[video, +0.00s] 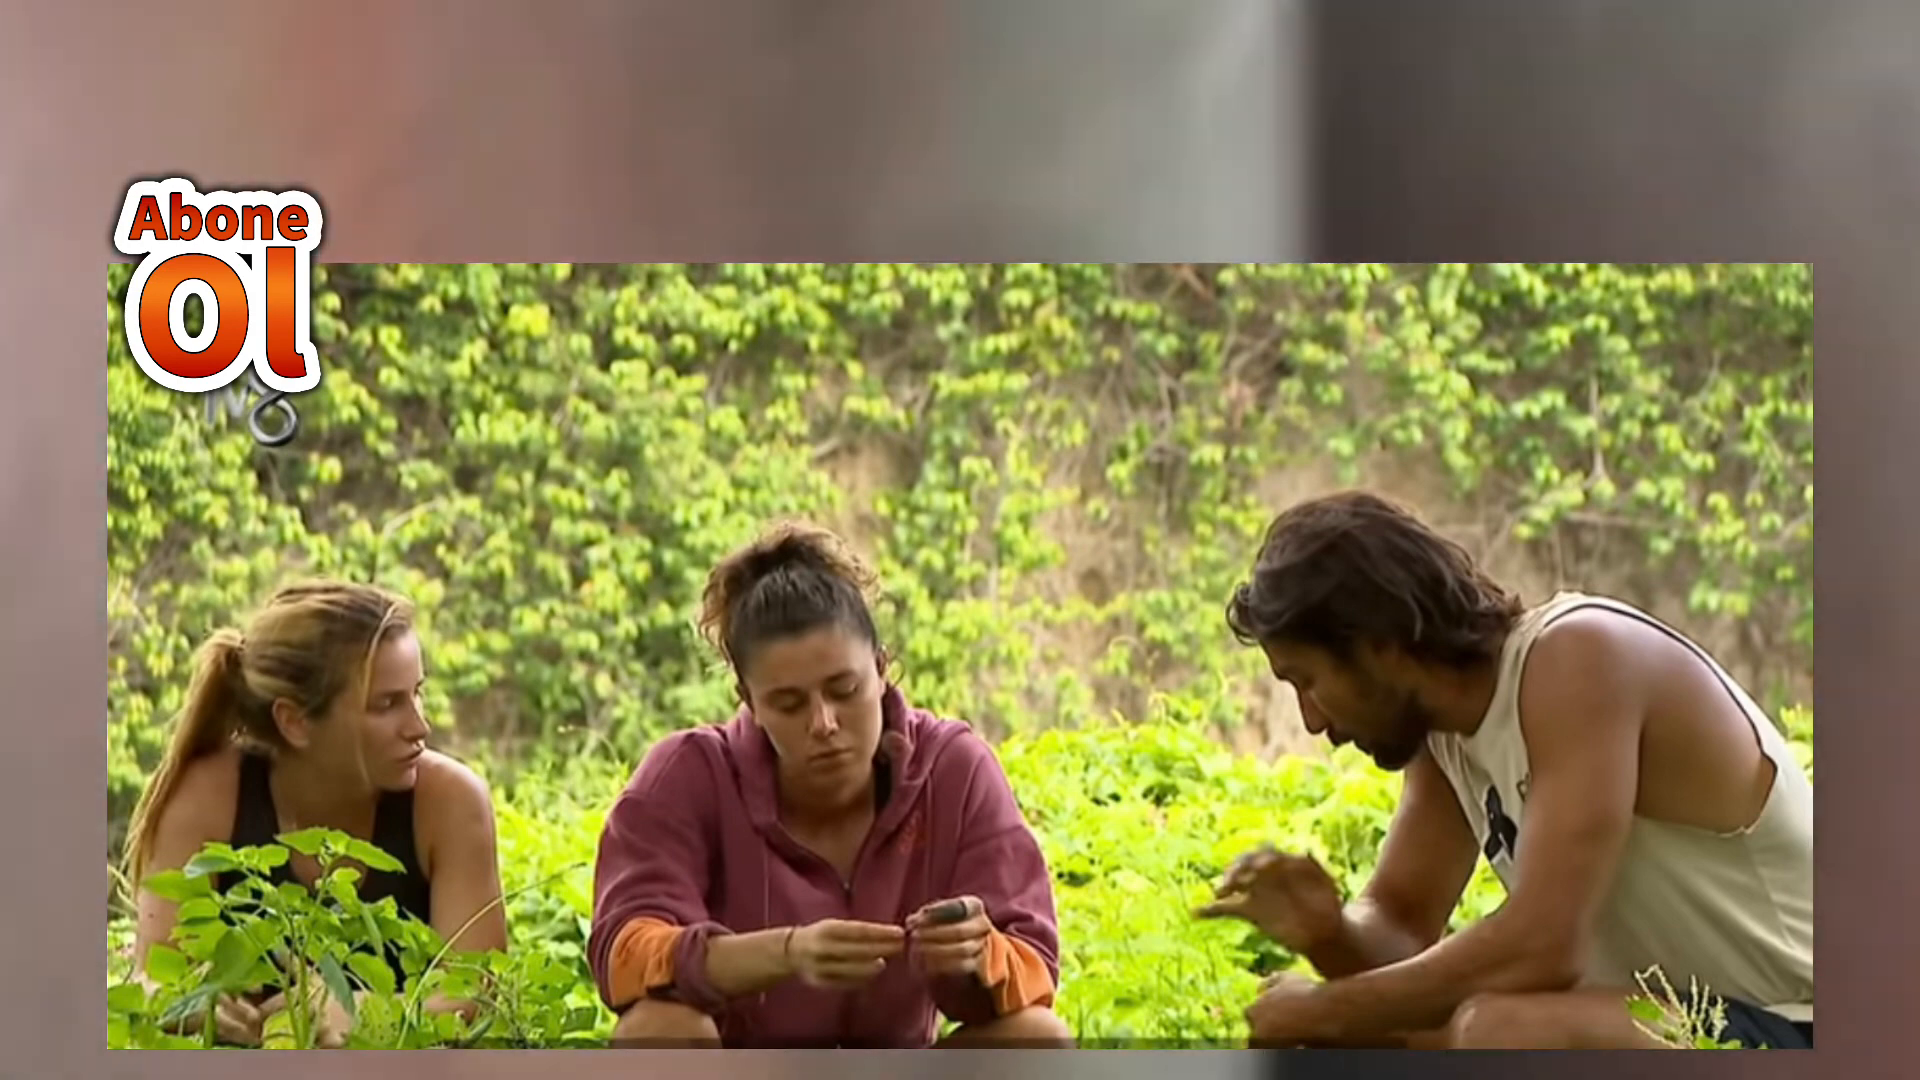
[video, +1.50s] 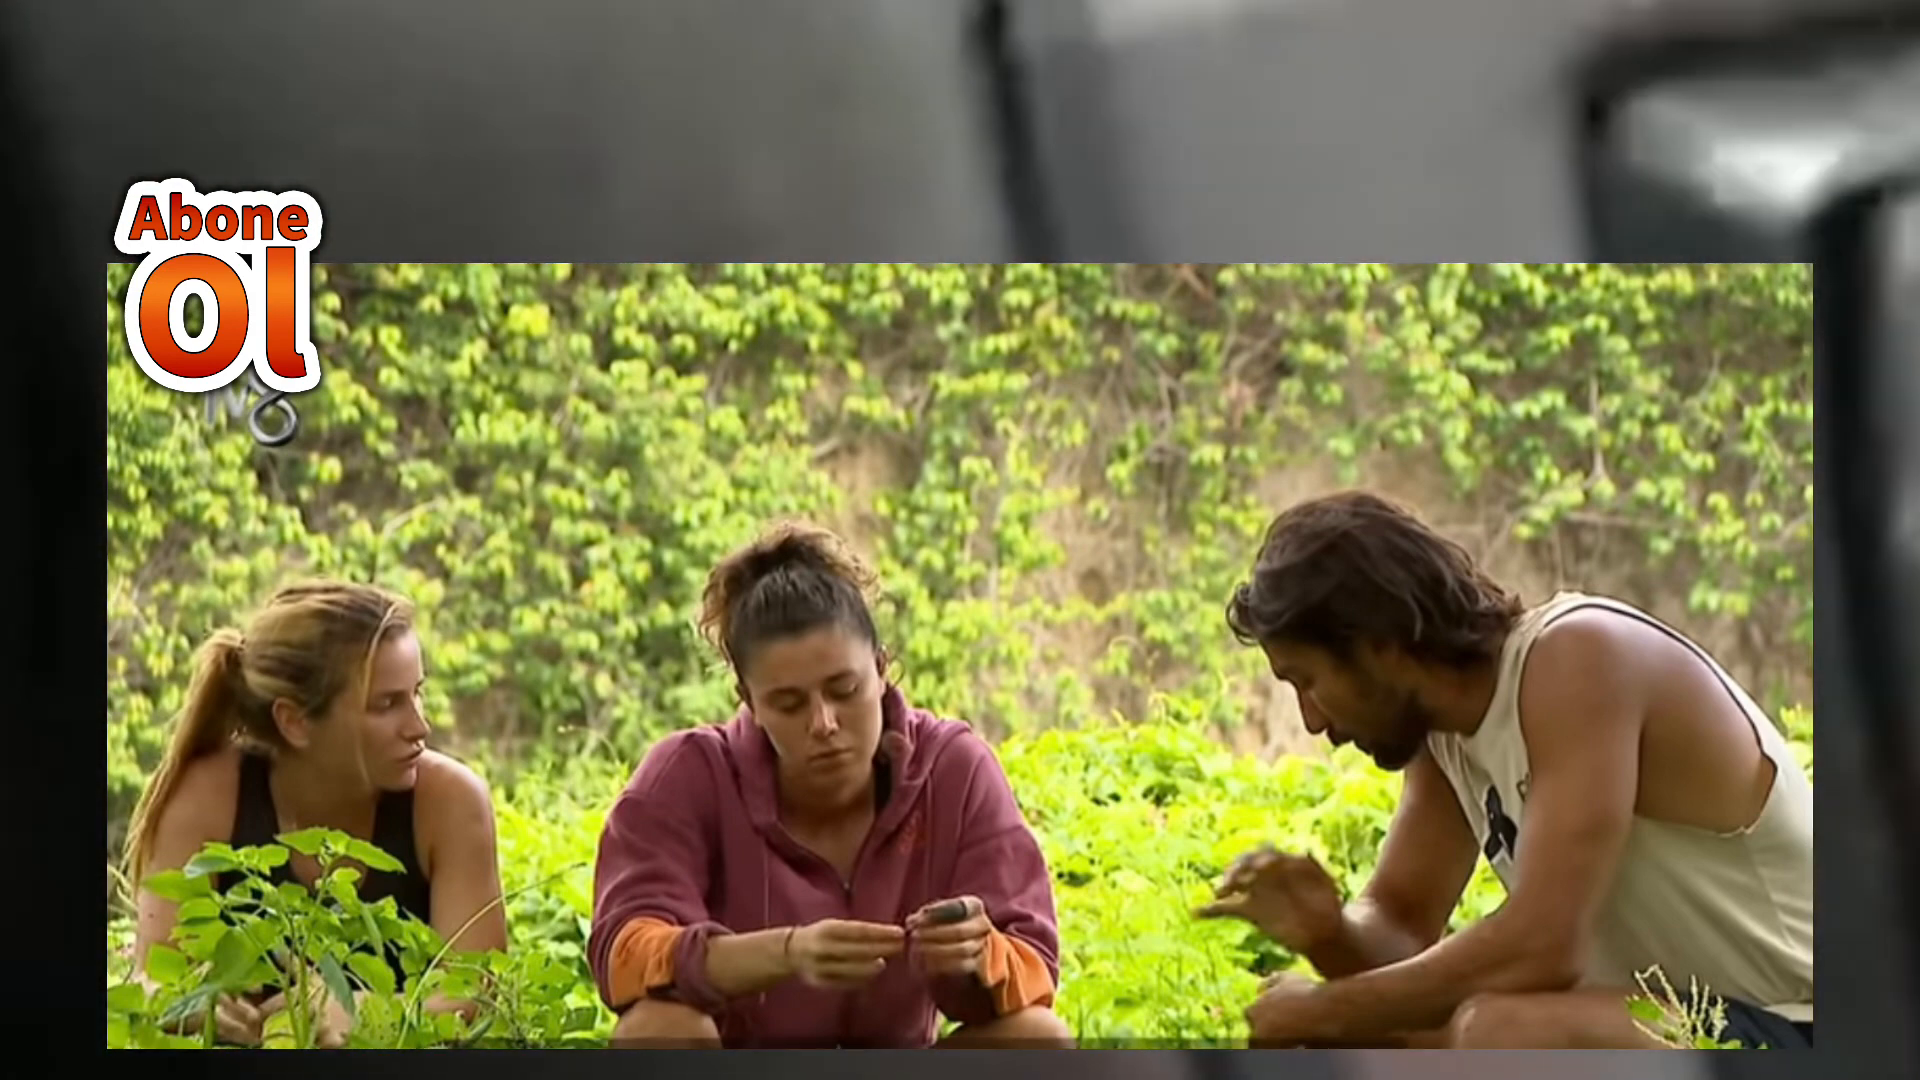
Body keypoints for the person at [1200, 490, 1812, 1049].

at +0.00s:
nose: (1311, 723)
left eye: (1306, 686)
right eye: (1295, 693)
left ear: (1383, 642)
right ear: (1383, 643)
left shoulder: (1584, 656)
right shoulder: (1450, 730)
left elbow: (1539, 950)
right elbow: (1403, 924)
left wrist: (1325, 1015)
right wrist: (1330, 933)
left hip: (1789, 1019)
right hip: (1658, 1003)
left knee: (1501, 1025)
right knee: (1379, 1026)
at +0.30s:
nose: (1310, 723)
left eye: (1306, 686)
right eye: (1295, 692)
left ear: (1385, 643)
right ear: (1385, 645)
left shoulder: (1584, 656)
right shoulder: (1451, 731)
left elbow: (1540, 950)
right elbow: (1403, 925)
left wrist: (1324, 1014)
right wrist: (1330, 933)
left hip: (1789, 1020)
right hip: (1660, 1006)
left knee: (1503, 1025)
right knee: (1379, 1027)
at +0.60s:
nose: (1311, 723)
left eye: (1306, 686)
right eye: (1295, 693)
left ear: (1383, 642)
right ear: (1383, 643)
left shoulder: (1584, 656)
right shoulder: (1450, 731)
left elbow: (1539, 950)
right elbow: (1403, 924)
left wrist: (1325, 1014)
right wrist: (1330, 933)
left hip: (1791, 1019)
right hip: (1661, 1006)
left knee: (1503, 1026)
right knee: (1380, 1026)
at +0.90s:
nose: (1311, 723)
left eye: (1306, 686)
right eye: (1295, 693)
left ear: (1383, 642)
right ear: (1383, 643)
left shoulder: (1584, 656)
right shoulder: (1450, 730)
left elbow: (1539, 950)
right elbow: (1403, 924)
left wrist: (1325, 1014)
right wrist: (1330, 933)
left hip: (1788, 1019)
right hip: (1656, 1004)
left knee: (1501, 1026)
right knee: (1377, 1029)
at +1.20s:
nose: (1310, 723)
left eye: (1306, 686)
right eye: (1295, 693)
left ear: (1385, 643)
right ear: (1385, 645)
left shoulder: (1584, 656)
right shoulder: (1451, 731)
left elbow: (1540, 950)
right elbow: (1402, 924)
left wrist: (1322, 1014)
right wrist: (1331, 933)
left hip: (1792, 1019)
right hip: (1660, 1004)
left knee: (1501, 1026)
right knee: (1375, 1032)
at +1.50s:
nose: (1310, 723)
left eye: (1305, 686)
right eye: (1295, 693)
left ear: (1385, 643)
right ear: (1385, 645)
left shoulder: (1584, 656)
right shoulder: (1451, 731)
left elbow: (1540, 950)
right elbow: (1403, 925)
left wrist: (1323, 1014)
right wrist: (1331, 933)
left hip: (1791, 1020)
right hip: (1659, 1004)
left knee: (1502, 1026)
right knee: (1375, 1032)